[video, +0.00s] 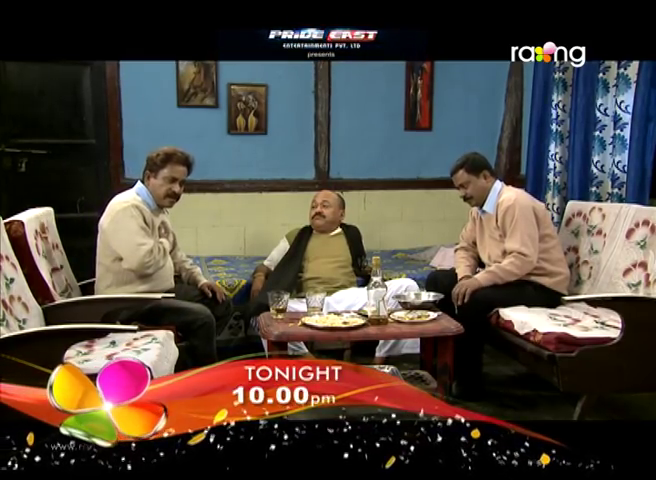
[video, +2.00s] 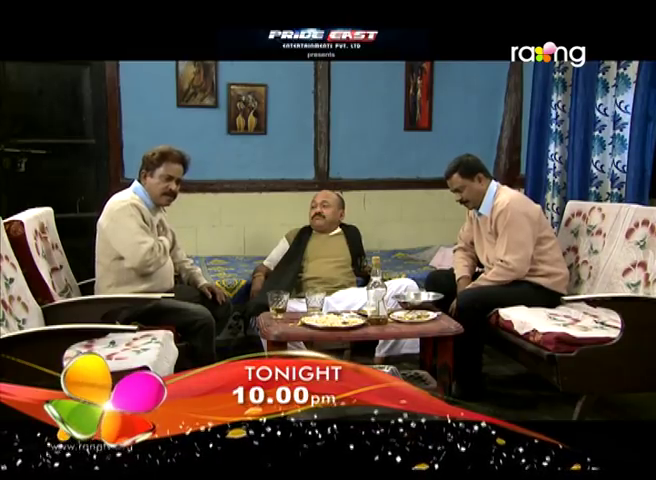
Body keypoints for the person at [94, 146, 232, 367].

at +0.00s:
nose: (177, 190)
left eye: (182, 184)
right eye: (171, 181)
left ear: (184, 185)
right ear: (149, 177)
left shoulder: (158, 214)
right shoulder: (125, 209)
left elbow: (176, 257)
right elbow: (140, 262)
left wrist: (201, 281)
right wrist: (164, 244)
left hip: (158, 295)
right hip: (128, 304)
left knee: (219, 303)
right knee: (200, 318)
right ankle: (205, 385)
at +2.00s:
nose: (173, 188)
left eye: (178, 182)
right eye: (167, 179)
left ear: (181, 184)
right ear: (145, 177)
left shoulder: (156, 213)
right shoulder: (122, 208)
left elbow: (178, 258)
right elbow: (142, 260)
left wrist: (202, 283)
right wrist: (165, 241)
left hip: (156, 295)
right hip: (127, 304)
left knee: (219, 304)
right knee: (200, 319)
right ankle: (203, 383)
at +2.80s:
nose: (163, 184)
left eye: (168, 179)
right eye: (156, 176)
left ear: (171, 182)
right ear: (135, 176)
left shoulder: (145, 210)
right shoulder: (114, 207)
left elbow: (173, 257)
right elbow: (143, 254)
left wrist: (200, 281)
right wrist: (165, 236)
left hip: (155, 294)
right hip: (127, 303)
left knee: (217, 302)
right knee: (200, 318)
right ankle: (203, 385)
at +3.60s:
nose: (159, 178)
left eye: (162, 173)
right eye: (151, 171)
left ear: (164, 178)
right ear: (129, 175)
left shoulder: (144, 210)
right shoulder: (110, 203)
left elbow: (170, 256)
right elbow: (121, 240)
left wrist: (199, 280)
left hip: (157, 293)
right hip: (126, 301)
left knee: (218, 302)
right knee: (201, 317)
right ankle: (203, 383)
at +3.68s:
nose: (160, 177)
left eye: (163, 173)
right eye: (152, 170)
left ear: (166, 177)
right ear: (131, 175)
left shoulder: (146, 211)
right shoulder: (112, 202)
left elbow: (168, 255)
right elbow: (112, 226)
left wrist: (199, 280)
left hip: (159, 293)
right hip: (126, 302)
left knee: (218, 302)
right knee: (201, 318)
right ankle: (204, 382)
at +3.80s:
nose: (159, 182)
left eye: (164, 177)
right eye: (152, 174)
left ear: (168, 181)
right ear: (132, 175)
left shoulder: (151, 213)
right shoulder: (108, 206)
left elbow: (172, 256)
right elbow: (86, 237)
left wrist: (200, 280)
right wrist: (62, 235)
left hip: (161, 295)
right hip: (127, 304)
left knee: (219, 303)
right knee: (199, 318)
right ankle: (203, 383)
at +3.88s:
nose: (158, 181)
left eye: (164, 176)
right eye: (151, 173)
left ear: (168, 180)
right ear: (131, 175)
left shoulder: (154, 212)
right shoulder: (107, 208)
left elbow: (172, 256)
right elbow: (84, 244)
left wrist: (200, 280)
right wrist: (63, 254)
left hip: (161, 295)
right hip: (126, 304)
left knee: (220, 303)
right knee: (199, 318)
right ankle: (204, 384)